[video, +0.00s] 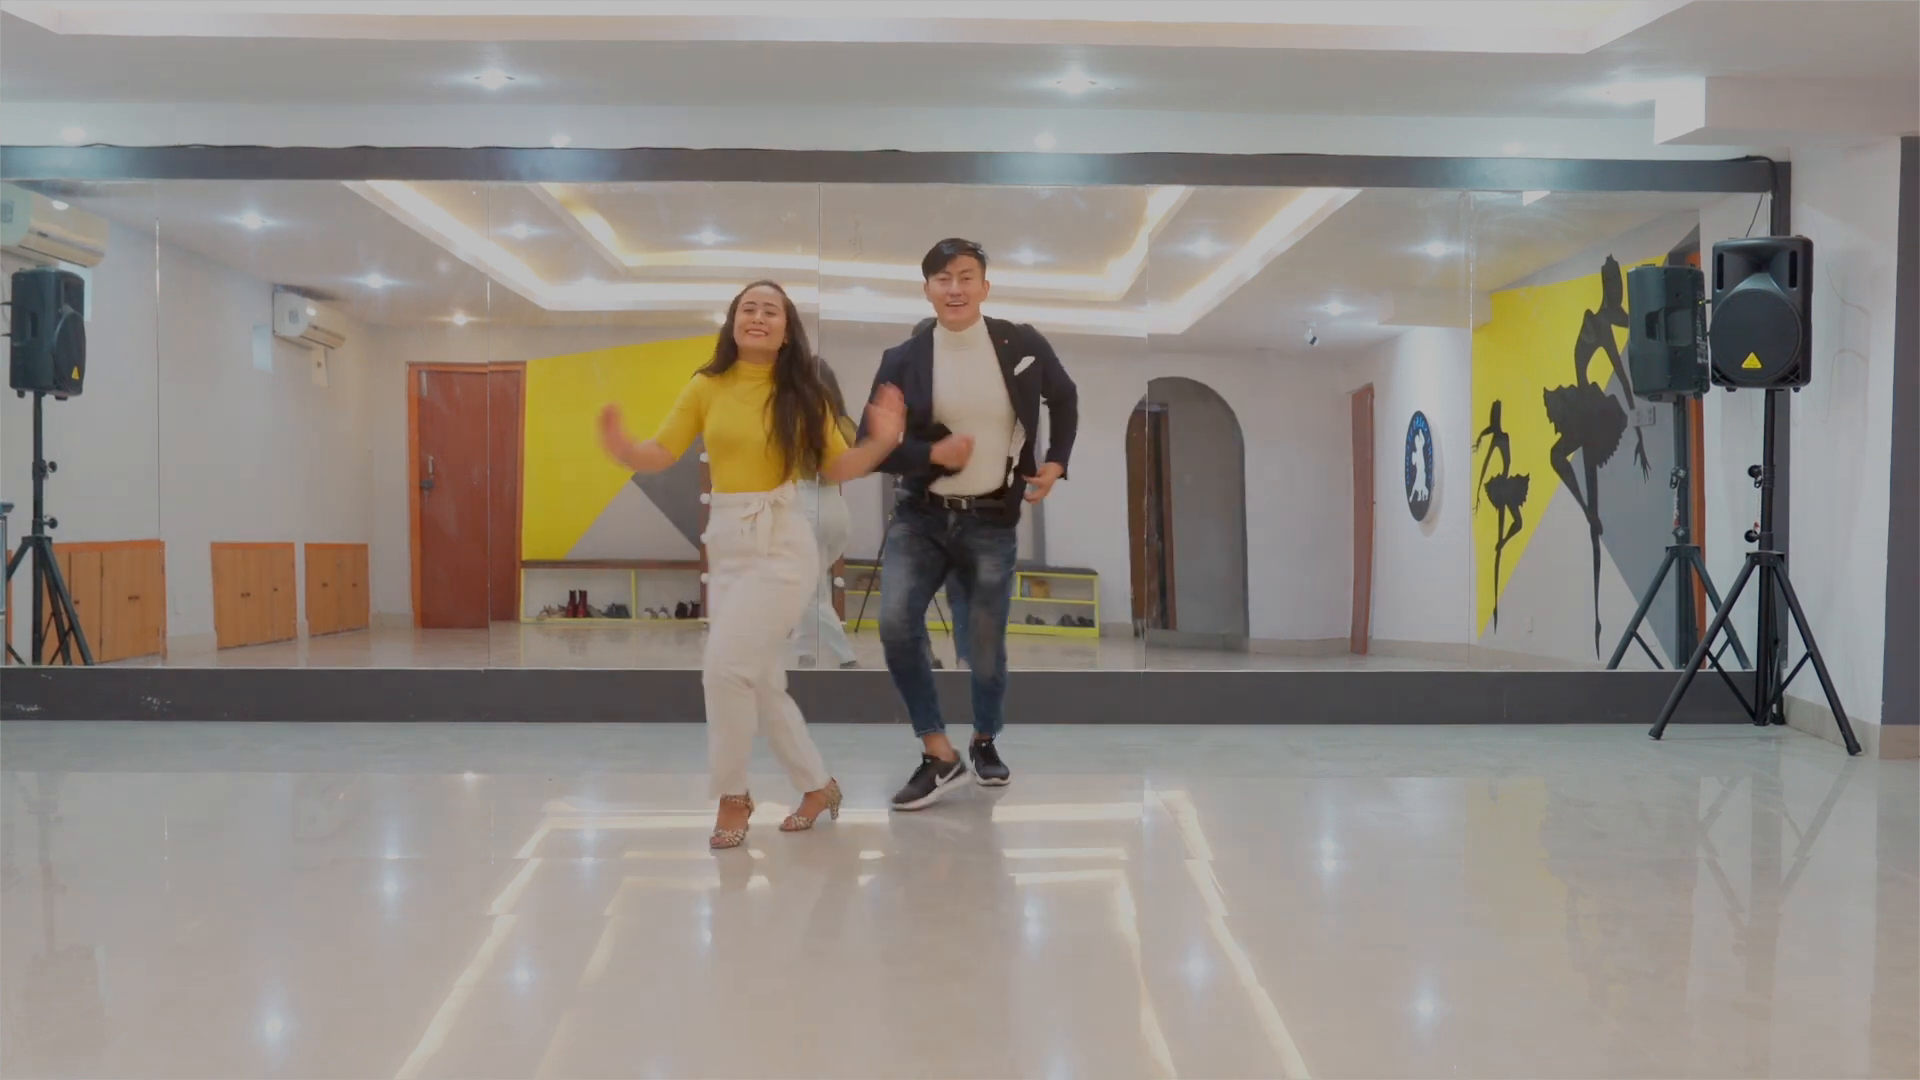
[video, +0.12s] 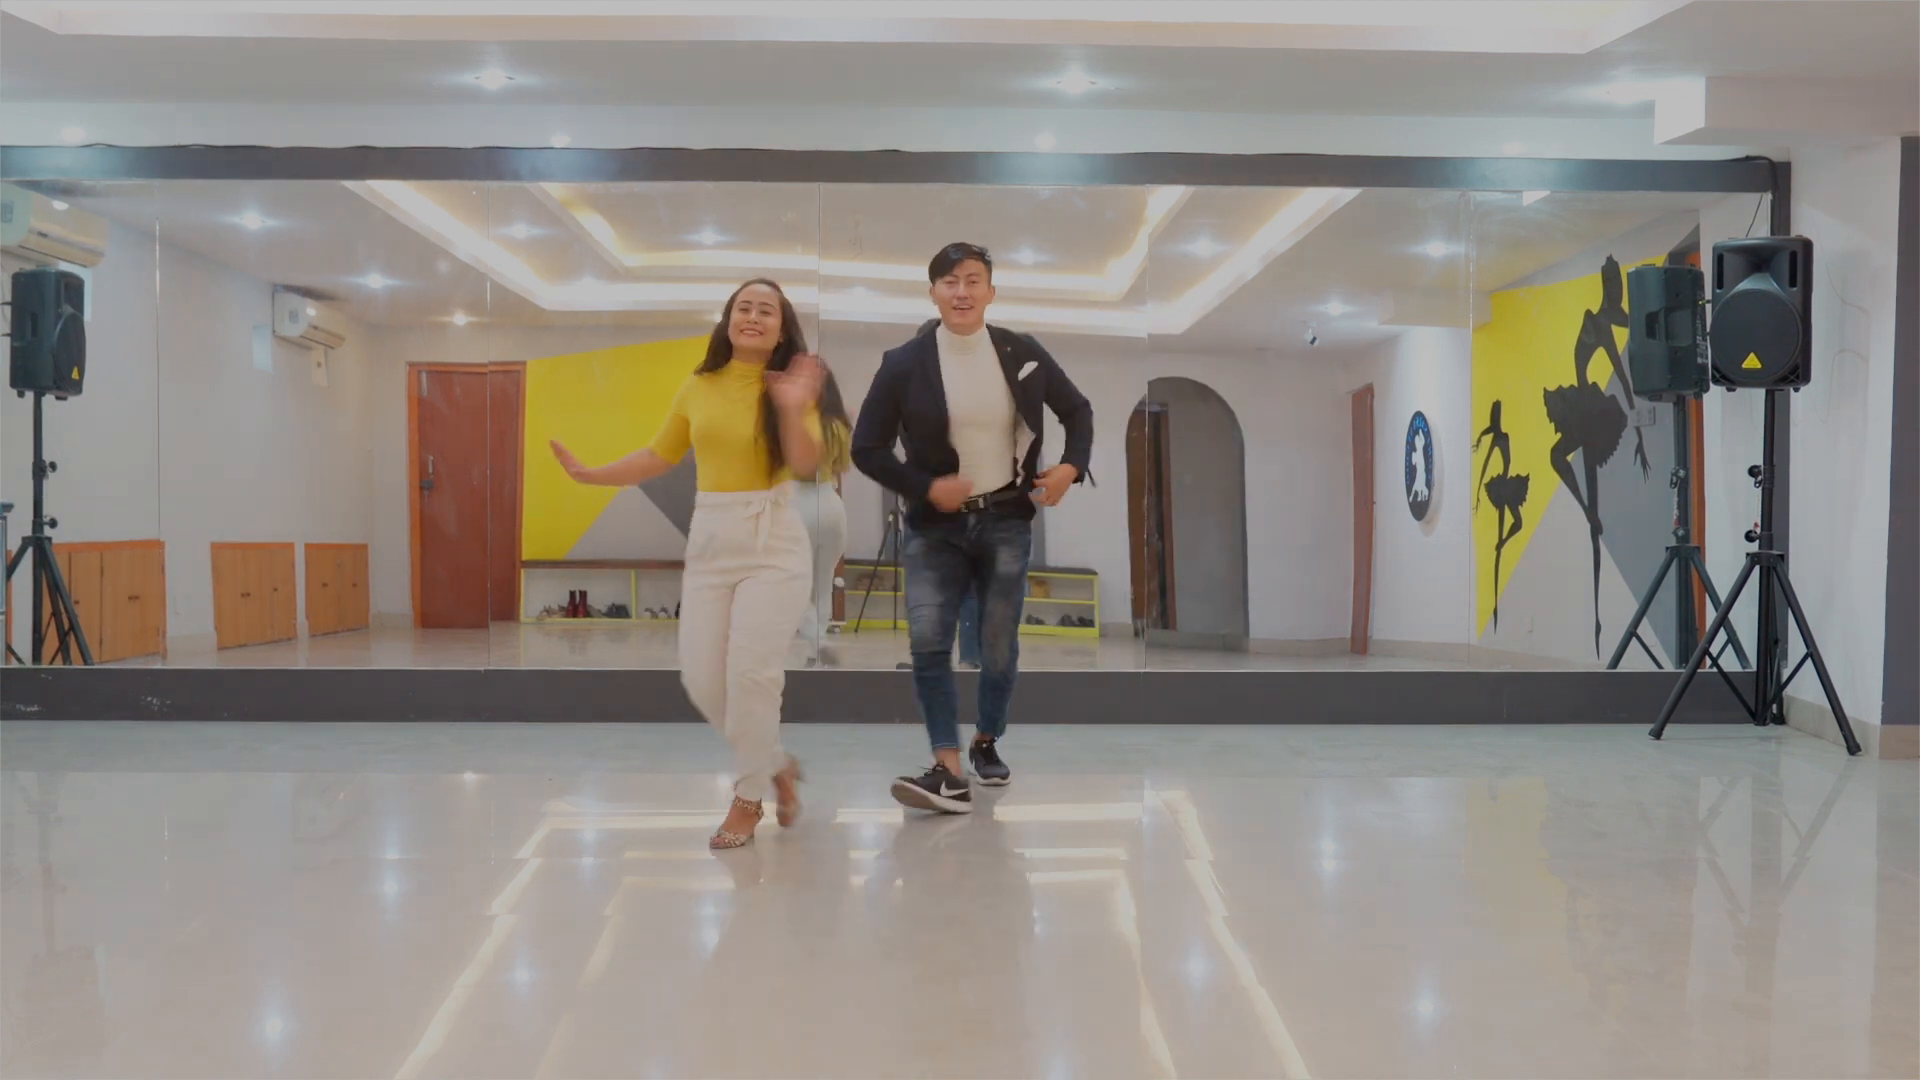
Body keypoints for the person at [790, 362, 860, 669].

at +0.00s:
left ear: (801, 386)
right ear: (833, 386)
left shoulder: (796, 417)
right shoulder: (840, 420)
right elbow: (846, 460)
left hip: (802, 502)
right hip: (834, 500)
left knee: (813, 588)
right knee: (813, 587)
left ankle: (844, 655)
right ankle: (803, 657)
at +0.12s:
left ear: (806, 394)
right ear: (833, 391)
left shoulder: (796, 425)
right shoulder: (840, 425)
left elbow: (786, 468)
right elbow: (842, 465)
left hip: (797, 496)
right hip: (829, 495)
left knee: (802, 582)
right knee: (825, 580)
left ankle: (810, 645)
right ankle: (820, 640)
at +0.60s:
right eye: (810, 378)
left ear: (779, 381)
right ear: (812, 383)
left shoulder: (765, 416)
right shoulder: (816, 422)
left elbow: (751, 463)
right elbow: (830, 461)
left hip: (767, 498)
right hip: (806, 500)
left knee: (776, 586)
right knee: (799, 582)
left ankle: (784, 653)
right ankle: (781, 643)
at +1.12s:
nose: (809, 387)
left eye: (808, 380)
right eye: (804, 381)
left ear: (781, 385)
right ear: (787, 384)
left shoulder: (778, 422)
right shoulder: (784, 424)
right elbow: (800, 470)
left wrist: (822, 460)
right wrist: (831, 467)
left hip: (789, 510)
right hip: (776, 509)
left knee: (819, 581)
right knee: (783, 590)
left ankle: (812, 652)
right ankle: (760, 665)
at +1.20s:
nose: (812, 388)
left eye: (812, 382)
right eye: (807, 382)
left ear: (790, 387)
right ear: (790, 385)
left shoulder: (797, 421)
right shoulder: (776, 423)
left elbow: (803, 463)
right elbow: (781, 467)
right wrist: (808, 443)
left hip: (800, 515)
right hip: (777, 516)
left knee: (819, 584)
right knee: (791, 588)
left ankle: (814, 663)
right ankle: (758, 662)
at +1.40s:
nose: (764, 397)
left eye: (769, 392)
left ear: (781, 395)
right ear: (784, 394)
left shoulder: (793, 426)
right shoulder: (773, 423)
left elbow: (808, 477)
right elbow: (786, 448)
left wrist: (837, 462)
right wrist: (821, 438)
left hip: (803, 513)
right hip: (780, 514)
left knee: (817, 588)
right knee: (809, 591)